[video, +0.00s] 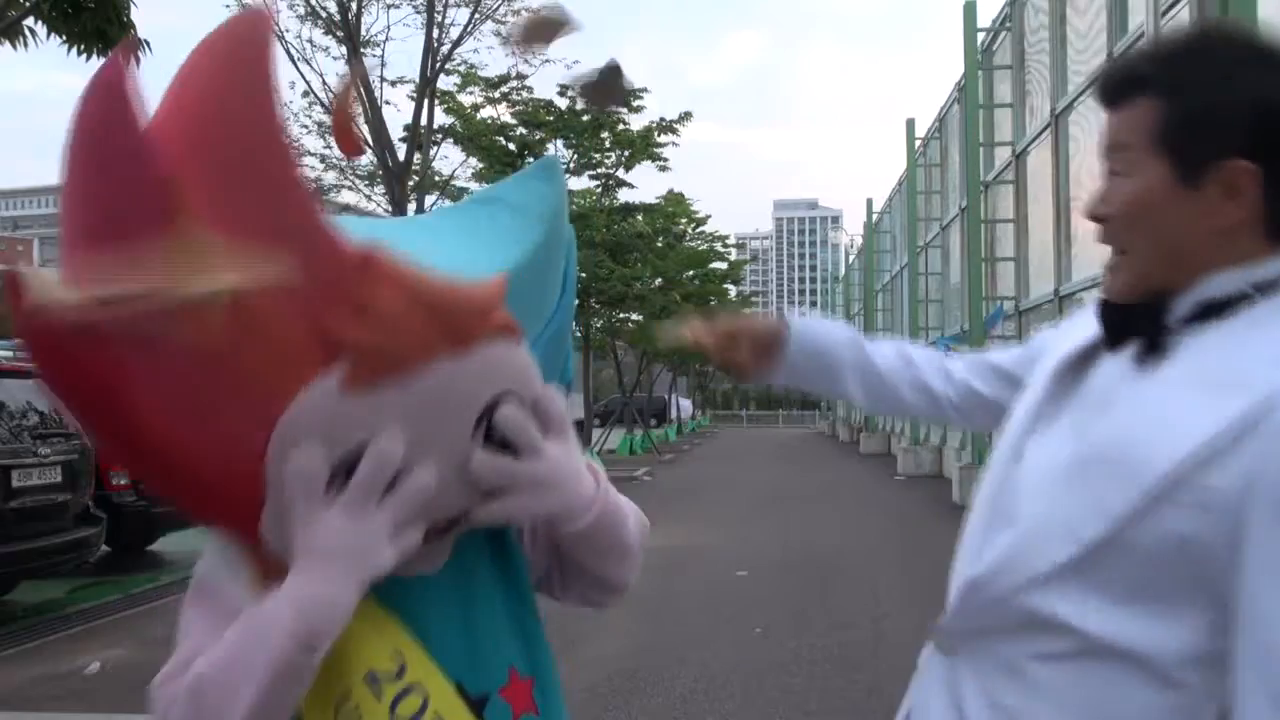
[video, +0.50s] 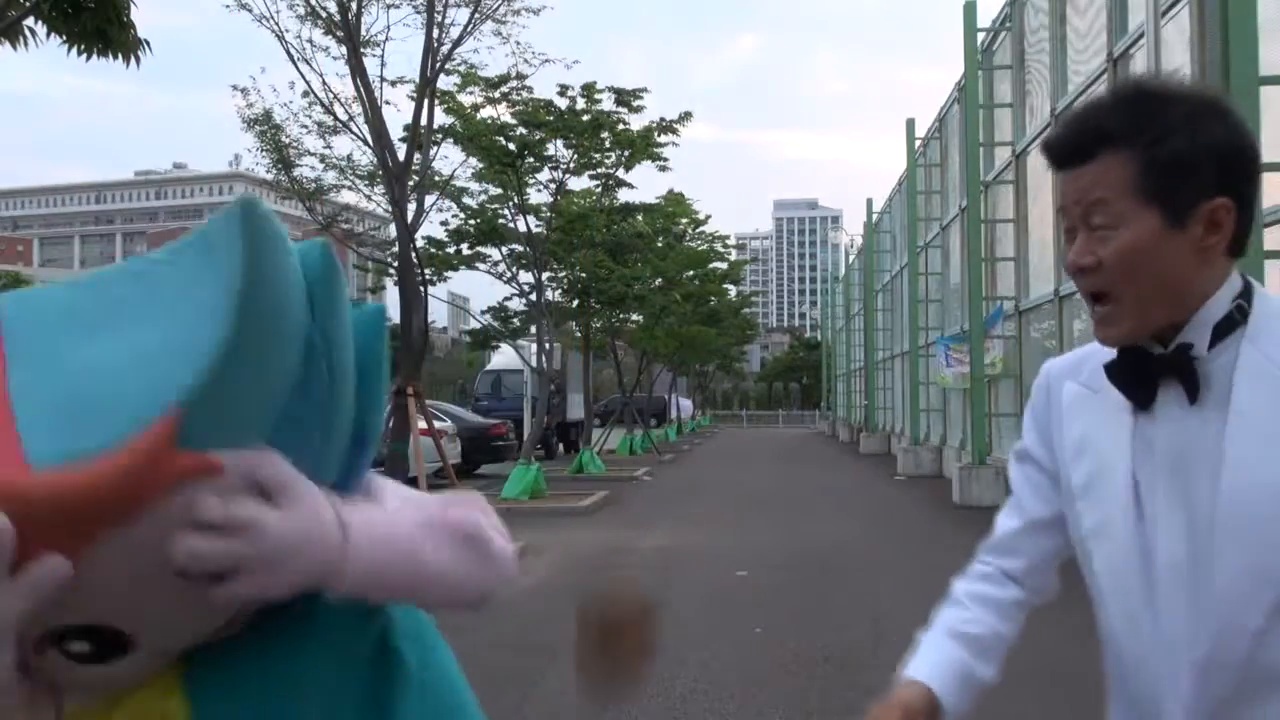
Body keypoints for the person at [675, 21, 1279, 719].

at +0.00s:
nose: (1093, 206)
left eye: (1120, 167)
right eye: (1103, 169)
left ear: (1232, 193)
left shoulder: (1265, 395)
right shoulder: (1102, 330)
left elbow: (1261, 694)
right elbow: (957, 385)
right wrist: (790, 346)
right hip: (943, 690)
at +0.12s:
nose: (1114, 220)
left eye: (1145, 186)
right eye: (1122, 189)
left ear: (1261, 212)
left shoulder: (1270, 394)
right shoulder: (1114, 338)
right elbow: (976, 448)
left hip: (1149, 703)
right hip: (993, 698)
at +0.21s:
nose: (1102, 225)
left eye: (1131, 190)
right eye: (1107, 192)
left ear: (1255, 211)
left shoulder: (1269, 376)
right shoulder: (1094, 347)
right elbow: (980, 488)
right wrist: (822, 536)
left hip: (1194, 704)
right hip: (1042, 697)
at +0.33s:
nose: (1090, 230)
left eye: (1118, 196)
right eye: (1088, 200)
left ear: (1238, 206)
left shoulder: (1269, 362)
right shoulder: (1078, 357)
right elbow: (989, 520)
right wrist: (866, 607)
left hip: (1236, 704)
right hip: (1080, 703)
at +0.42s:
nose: (1080, 251)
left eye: (1108, 219)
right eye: (1077, 223)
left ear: (1222, 223)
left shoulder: (1270, 367)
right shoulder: (1065, 384)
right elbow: (993, 558)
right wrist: (899, 667)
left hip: (1252, 704)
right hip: (1115, 705)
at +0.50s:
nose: (1075, 258)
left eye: (1101, 226)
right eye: (1069, 232)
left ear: (1213, 226)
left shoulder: (1272, 368)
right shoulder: (1067, 394)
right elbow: (1005, 575)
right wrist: (921, 693)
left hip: (1263, 703)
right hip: (1139, 706)